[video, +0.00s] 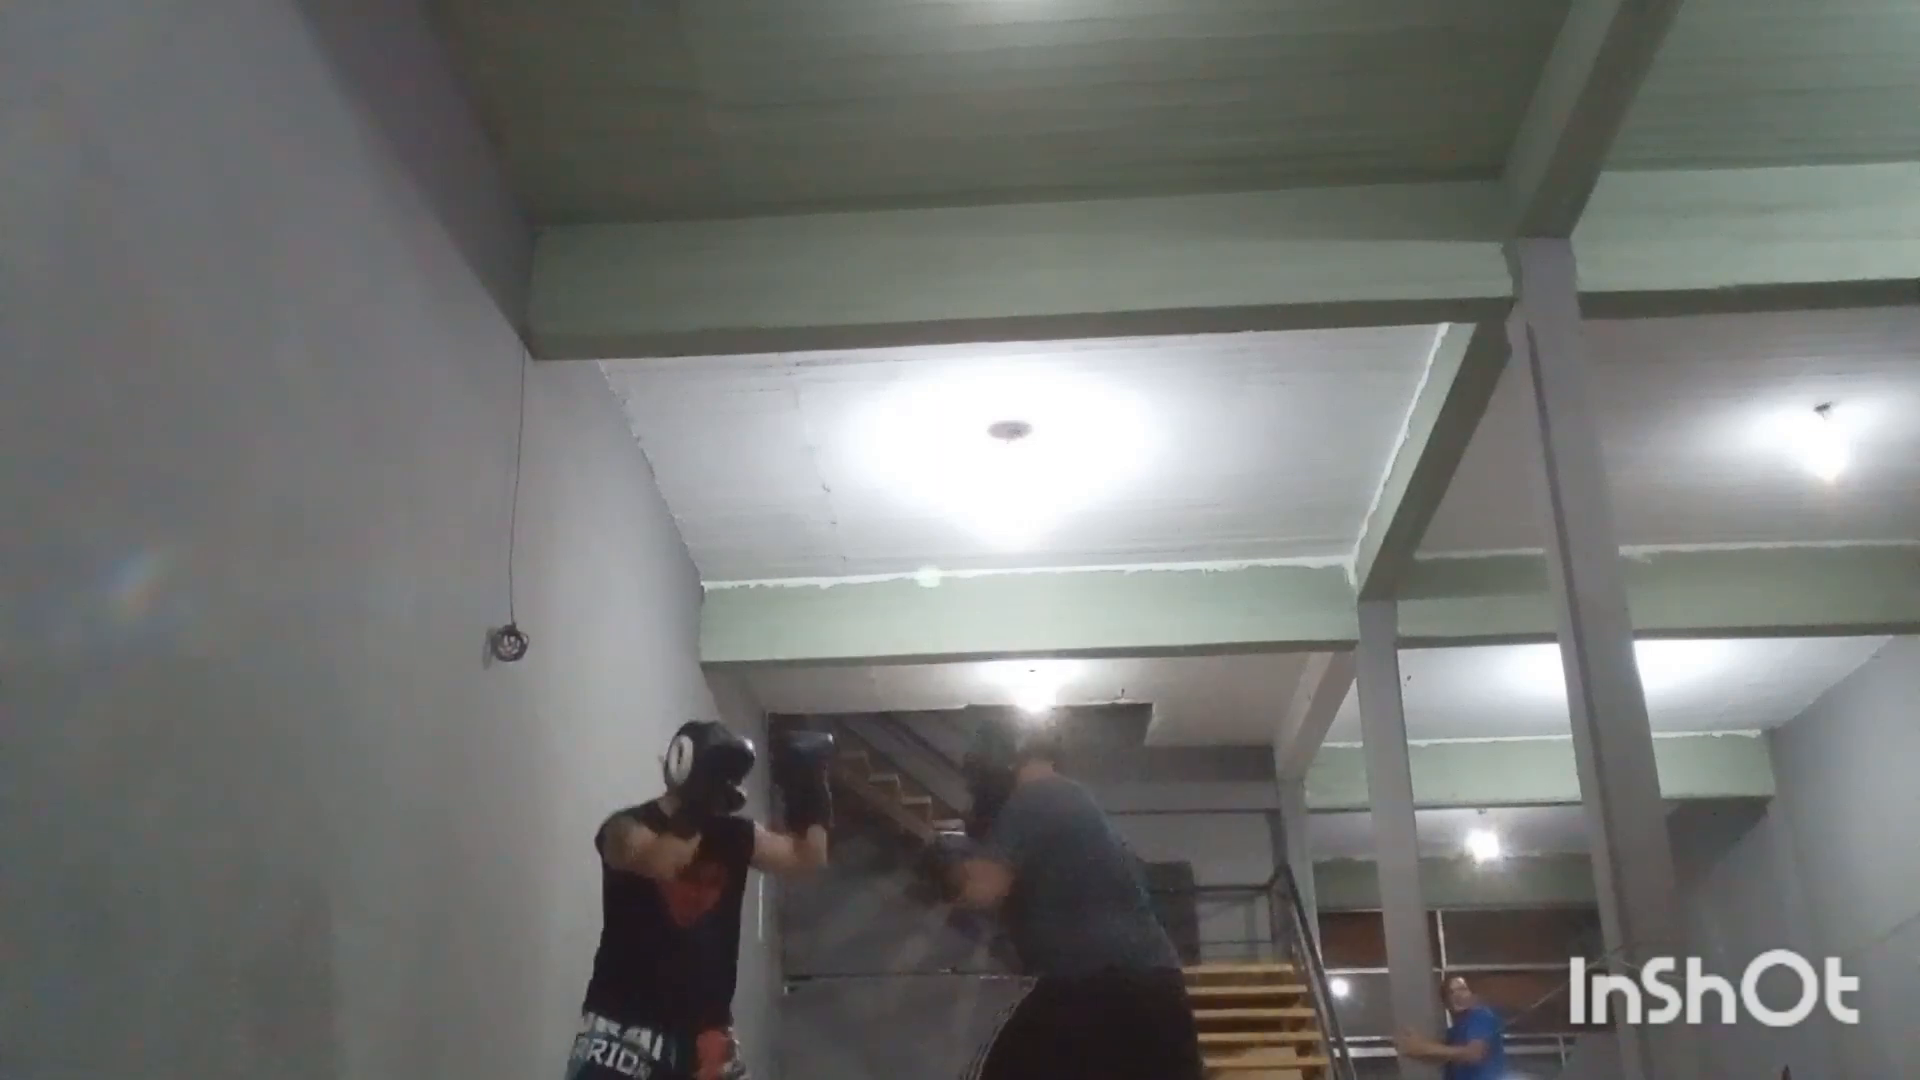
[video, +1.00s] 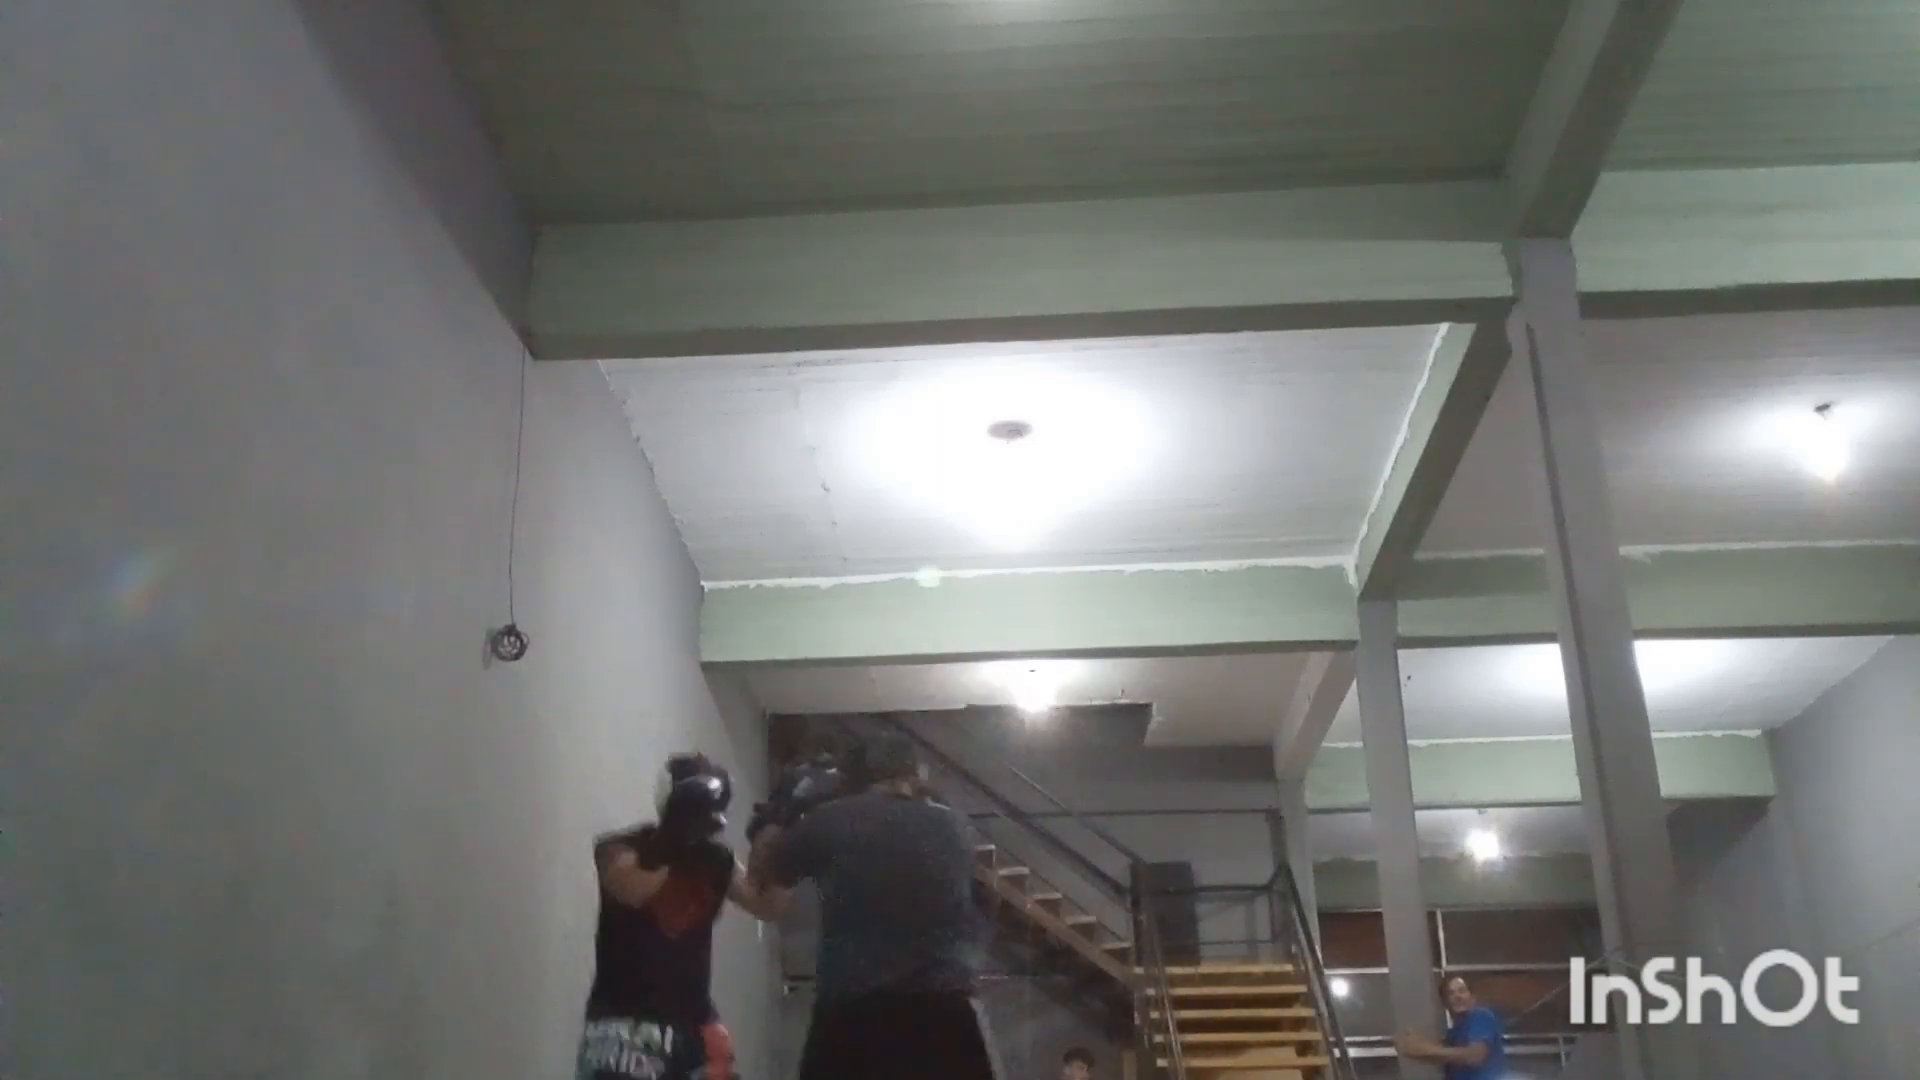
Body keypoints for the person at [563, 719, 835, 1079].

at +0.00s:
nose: (725, 786)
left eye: (728, 776)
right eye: (716, 774)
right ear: (690, 767)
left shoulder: (733, 835)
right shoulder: (623, 828)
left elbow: (808, 858)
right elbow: (660, 864)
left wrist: (810, 780)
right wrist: (698, 798)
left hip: (704, 1035)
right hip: (622, 1031)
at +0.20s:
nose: (697, 792)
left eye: (702, 780)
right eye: (687, 780)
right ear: (651, 780)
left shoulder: (698, 852)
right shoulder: (592, 842)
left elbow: (746, 916)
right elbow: (621, 889)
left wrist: (769, 872)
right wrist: (665, 819)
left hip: (679, 1044)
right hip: (599, 1042)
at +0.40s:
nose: (657, 804)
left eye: (665, 795)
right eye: (649, 790)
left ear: (669, 800)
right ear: (612, 782)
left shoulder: (659, 856)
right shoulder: (559, 848)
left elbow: (668, 931)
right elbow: (577, 895)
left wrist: (715, 905)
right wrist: (627, 826)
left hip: (646, 1049)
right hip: (572, 1044)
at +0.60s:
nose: (651, 786)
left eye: (661, 778)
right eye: (642, 771)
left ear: (668, 784)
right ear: (612, 767)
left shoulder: (660, 836)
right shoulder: (558, 831)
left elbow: (685, 910)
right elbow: (569, 897)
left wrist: (721, 871)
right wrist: (619, 834)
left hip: (650, 1014)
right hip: (576, 1011)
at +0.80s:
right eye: (650, 794)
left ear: (678, 802)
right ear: (626, 788)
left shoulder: (676, 855)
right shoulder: (583, 848)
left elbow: (729, 911)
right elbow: (584, 903)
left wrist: (741, 852)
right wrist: (635, 839)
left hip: (661, 1042)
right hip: (591, 1036)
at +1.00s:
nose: (705, 816)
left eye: (714, 808)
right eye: (697, 805)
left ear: (721, 812)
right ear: (674, 800)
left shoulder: (714, 860)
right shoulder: (618, 849)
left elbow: (769, 906)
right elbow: (632, 892)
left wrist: (771, 841)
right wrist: (675, 834)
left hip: (691, 1022)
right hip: (622, 1022)